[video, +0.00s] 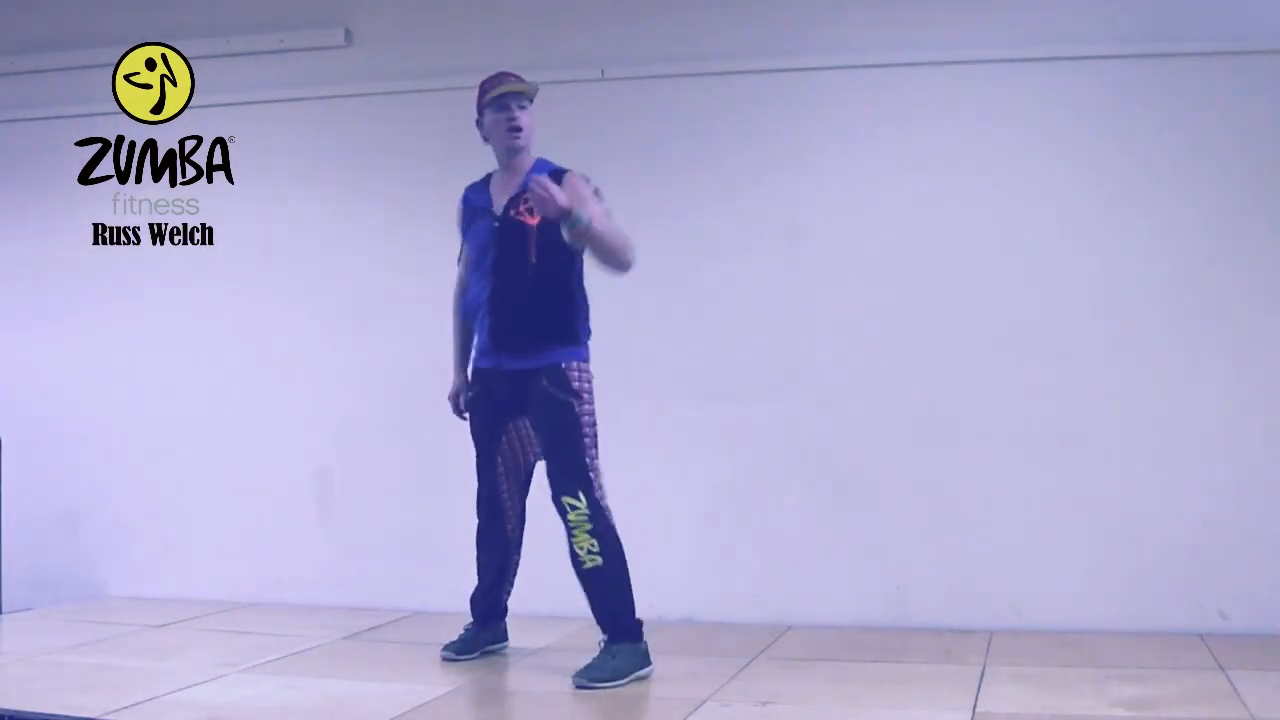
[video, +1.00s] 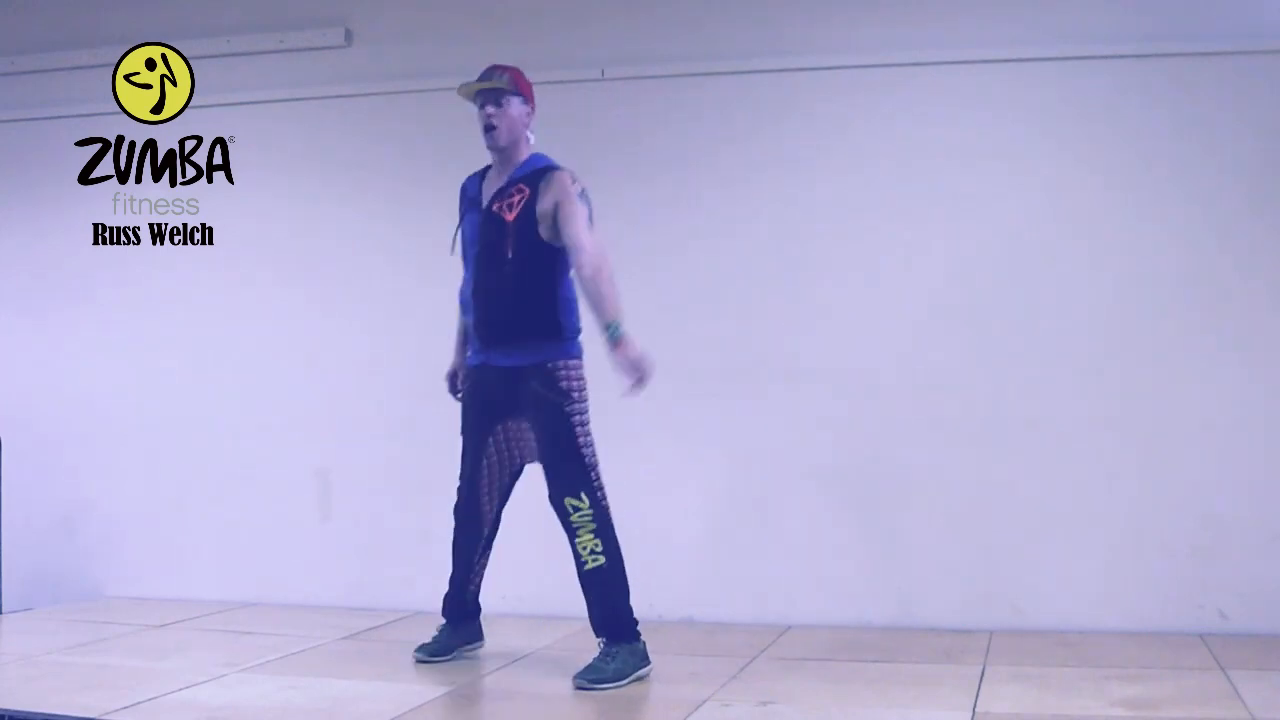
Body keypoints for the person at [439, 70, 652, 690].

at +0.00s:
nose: (513, 117)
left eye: (521, 106)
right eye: (500, 110)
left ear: (536, 117)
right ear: (482, 126)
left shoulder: (569, 186)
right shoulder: (475, 199)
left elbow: (623, 256)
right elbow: (467, 285)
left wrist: (576, 212)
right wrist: (460, 367)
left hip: (559, 370)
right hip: (494, 373)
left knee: (581, 505)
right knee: (496, 505)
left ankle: (625, 643)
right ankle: (488, 625)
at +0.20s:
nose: (523, 128)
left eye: (530, 117)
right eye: (509, 121)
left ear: (545, 124)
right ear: (491, 136)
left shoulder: (580, 177)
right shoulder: (505, 214)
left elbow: (645, 173)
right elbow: (498, 303)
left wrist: (671, 202)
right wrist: (466, 384)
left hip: (590, 371)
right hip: (527, 370)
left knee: (583, 508)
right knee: (469, 484)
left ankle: (625, 646)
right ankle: (502, 586)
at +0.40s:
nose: (528, 123)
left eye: (535, 111)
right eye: (514, 117)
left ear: (551, 118)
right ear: (497, 135)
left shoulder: (594, 170)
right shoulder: (509, 210)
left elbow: (678, 184)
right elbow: (523, 296)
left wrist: (659, 123)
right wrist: (502, 378)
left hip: (607, 365)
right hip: (545, 371)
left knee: (600, 504)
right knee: (522, 493)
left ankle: (627, 645)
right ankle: (584, 609)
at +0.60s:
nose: (528, 113)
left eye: (536, 100)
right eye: (514, 106)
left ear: (555, 107)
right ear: (501, 121)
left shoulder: (597, 164)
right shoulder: (510, 201)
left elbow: (682, 195)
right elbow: (513, 300)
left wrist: (640, 138)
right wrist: (510, 386)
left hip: (602, 362)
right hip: (541, 368)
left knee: (604, 499)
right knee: (543, 499)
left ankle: (628, 646)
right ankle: (608, 625)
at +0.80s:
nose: (500, 120)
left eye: (512, 109)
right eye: (494, 113)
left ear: (543, 118)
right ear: (492, 128)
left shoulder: (582, 181)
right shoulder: (500, 201)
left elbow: (650, 246)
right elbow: (516, 290)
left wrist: (653, 185)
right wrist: (491, 357)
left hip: (587, 371)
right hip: (527, 373)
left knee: (587, 513)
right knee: (465, 477)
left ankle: (624, 646)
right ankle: (521, 593)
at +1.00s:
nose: (489, 113)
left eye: (500, 103)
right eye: (482, 105)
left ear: (528, 112)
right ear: (477, 117)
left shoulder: (558, 185)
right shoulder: (473, 189)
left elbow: (589, 263)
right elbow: (471, 280)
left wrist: (618, 338)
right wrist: (460, 353)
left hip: (551, 369)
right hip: (489, 373)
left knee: (580, 502)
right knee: (475, 499)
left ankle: (622, 642)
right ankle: (461, 623)